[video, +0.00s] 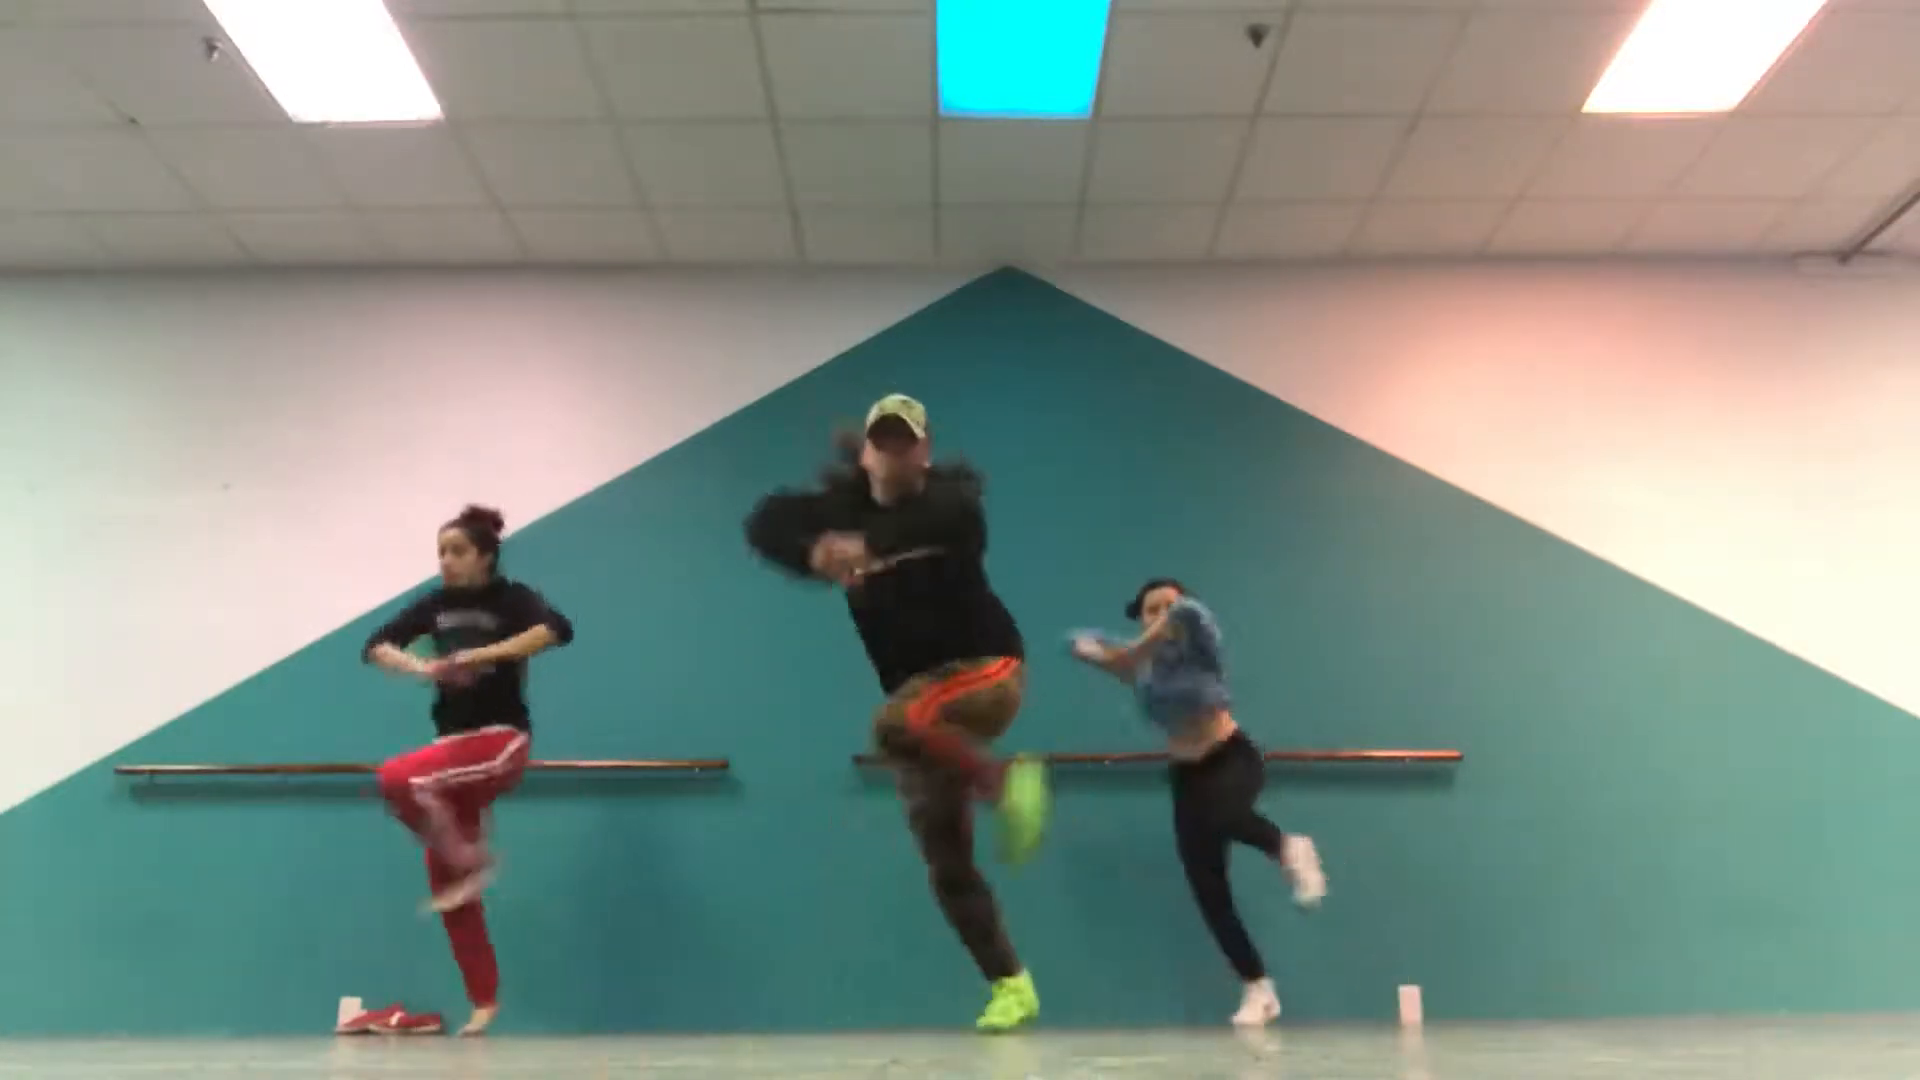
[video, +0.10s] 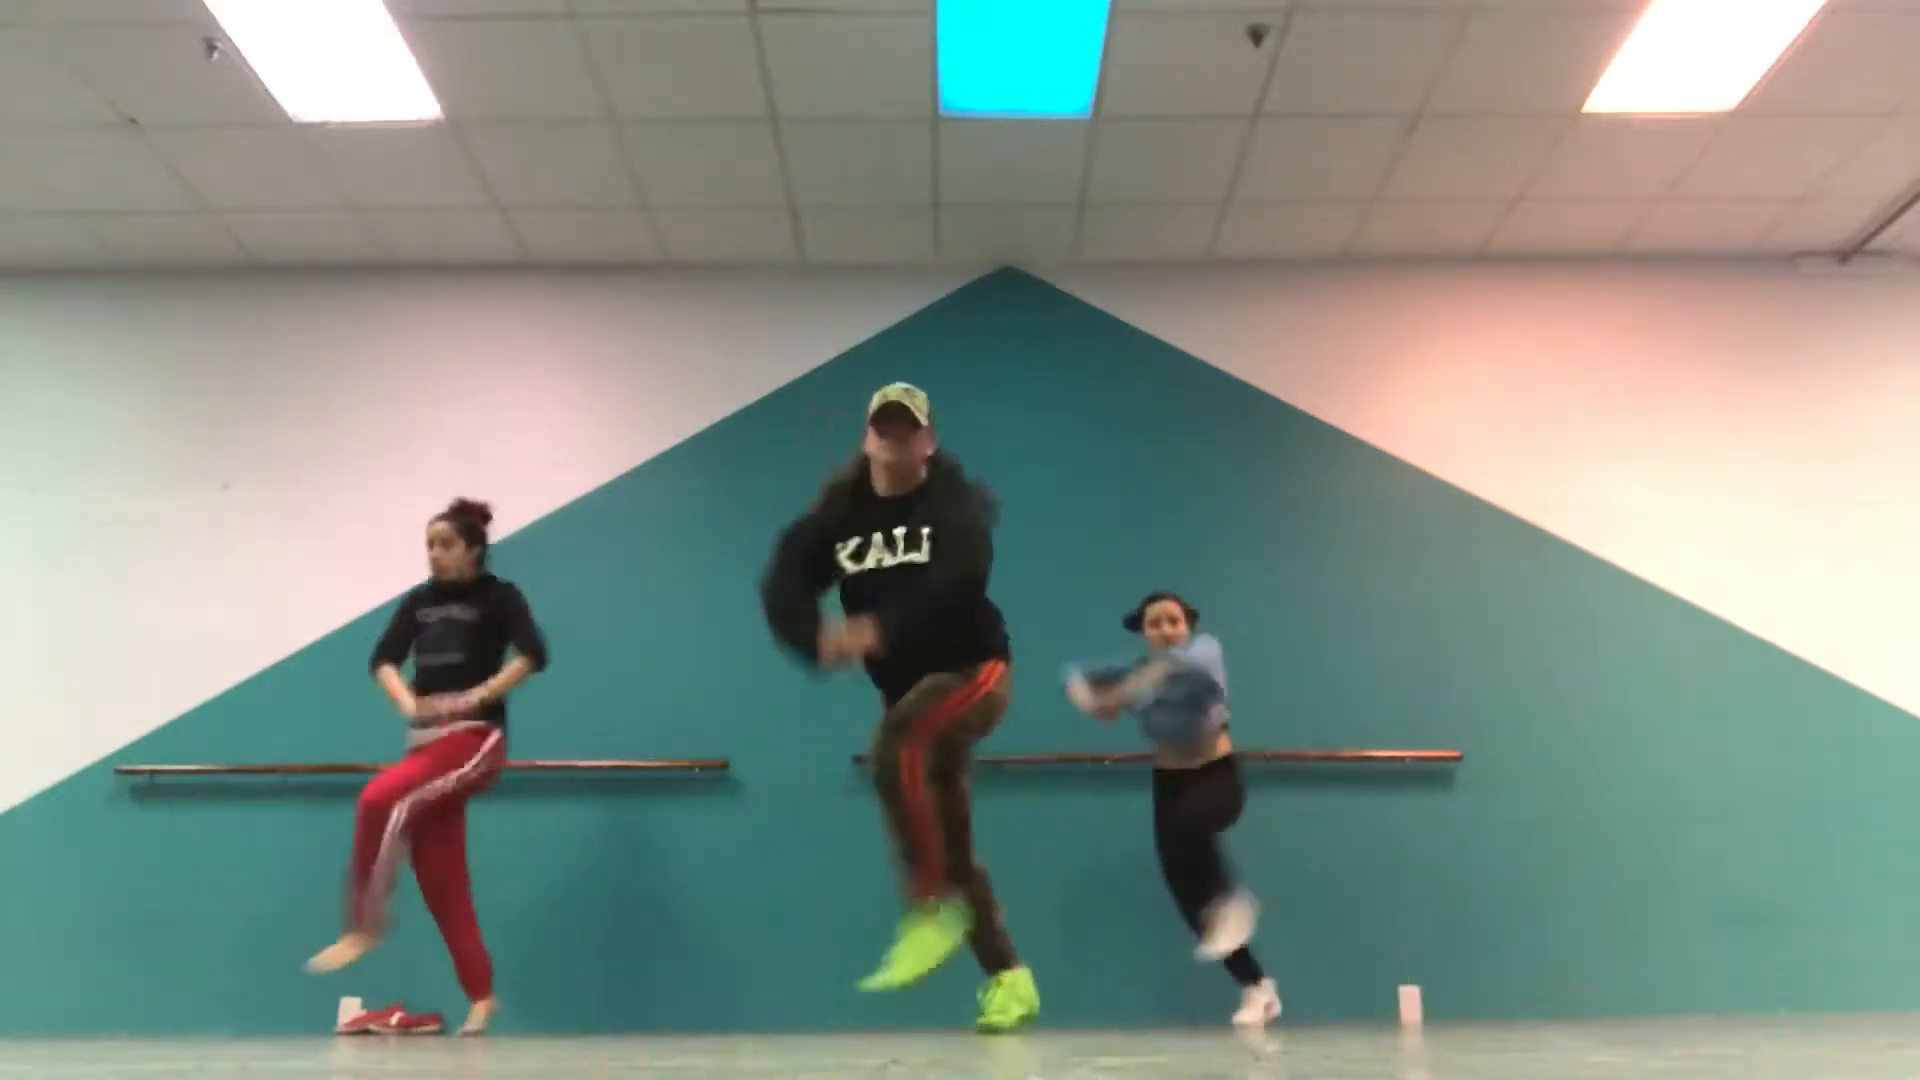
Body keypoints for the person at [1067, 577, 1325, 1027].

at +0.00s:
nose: (1160, 616)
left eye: (1168, 606)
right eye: (1151, 610)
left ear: (1185, 608)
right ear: (1140, 619)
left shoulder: (1199, 639)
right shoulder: (1144, 659)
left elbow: (1180, 615)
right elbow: (1124, 667)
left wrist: (1116, 655)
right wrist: (1094, 655)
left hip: (1231, 757)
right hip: (1189, 774)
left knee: (1226, 815)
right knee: (1209, 889)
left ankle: (1289, 851)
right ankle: (1257, 986)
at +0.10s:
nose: (1165, 630)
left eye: (1173, 621)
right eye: (1155, 623)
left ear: (1189, 625)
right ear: (1143, 632)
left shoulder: (1205, 653)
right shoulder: (1142, 672)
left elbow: (1165, 670)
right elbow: (1107, 695)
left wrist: (1117, 697)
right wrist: (1086, 695)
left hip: (1214, 777)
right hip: (1170, 784)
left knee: (1189, 826)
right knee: (1192, 893)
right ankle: (1255, 986)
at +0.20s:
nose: (1163, 640)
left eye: (1171, 630)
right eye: (1153, 632)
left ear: (1185, 636)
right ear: (1140, 640)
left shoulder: (1203, 683)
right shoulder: (1124, 687)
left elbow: (1191, 728)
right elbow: (1096, 727)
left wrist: (1148, 758)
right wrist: (1092, 761)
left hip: (1196, 787)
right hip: (1150, 792)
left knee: (1166, 858)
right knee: (1182, 908)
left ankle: (1139, 959)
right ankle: (1255, 986)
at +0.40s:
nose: (1121, 620)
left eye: (1130, 614)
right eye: (1113, 611)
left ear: (1141, 628)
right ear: (1096, 620)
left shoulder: (1159, 678)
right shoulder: (1076, 671)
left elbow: (1211, 722)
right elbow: (1087, 728)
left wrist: (1205, 753)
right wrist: (1149, 752)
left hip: (1140, 782)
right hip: (1095, 785)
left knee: (1102, 881)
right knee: (1127, 910)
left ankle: (1087, 992)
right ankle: (1222, 968)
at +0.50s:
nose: (1099, 597)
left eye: (1109, 590)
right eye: (1091, 588)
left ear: (1122, 603)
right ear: (1075, 598)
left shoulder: (1137, 650)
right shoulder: (1052, 652)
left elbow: (1165, 707)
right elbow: (1038, 717)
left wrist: (1144, 734)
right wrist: (1092, 727)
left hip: (1119, 762)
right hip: (1071, 762)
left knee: (1091, 872)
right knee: (1057, 881)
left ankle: (1086, 988)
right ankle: (1127, 954)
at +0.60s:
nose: (1078, 589)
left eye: (1088, 582)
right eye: (1070, 581)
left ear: (1102, 594)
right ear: (1055, 591)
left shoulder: (1121, 645)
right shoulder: (1036, 649)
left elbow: (1133, 714)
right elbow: (1020, 723)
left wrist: (1136, 762)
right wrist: (992, 758)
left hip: (1103, 756)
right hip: (1049, 754)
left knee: (1088, 875)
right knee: (1008, 854)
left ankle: (1087, 990)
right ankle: (1011, 958)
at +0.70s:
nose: (1063, 591)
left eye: (1073, 584)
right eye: (1055, 583)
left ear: (1086, 596)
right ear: (1040, 593)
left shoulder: (1103, 648)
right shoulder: (1025, 648)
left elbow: (1124, 712)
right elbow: (1014, 719)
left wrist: (1142, 757)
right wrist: (961, 739)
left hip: (1079, 758)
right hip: (1025, 754)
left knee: (1073, 873)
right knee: (977, 858)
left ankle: (1086, 991)